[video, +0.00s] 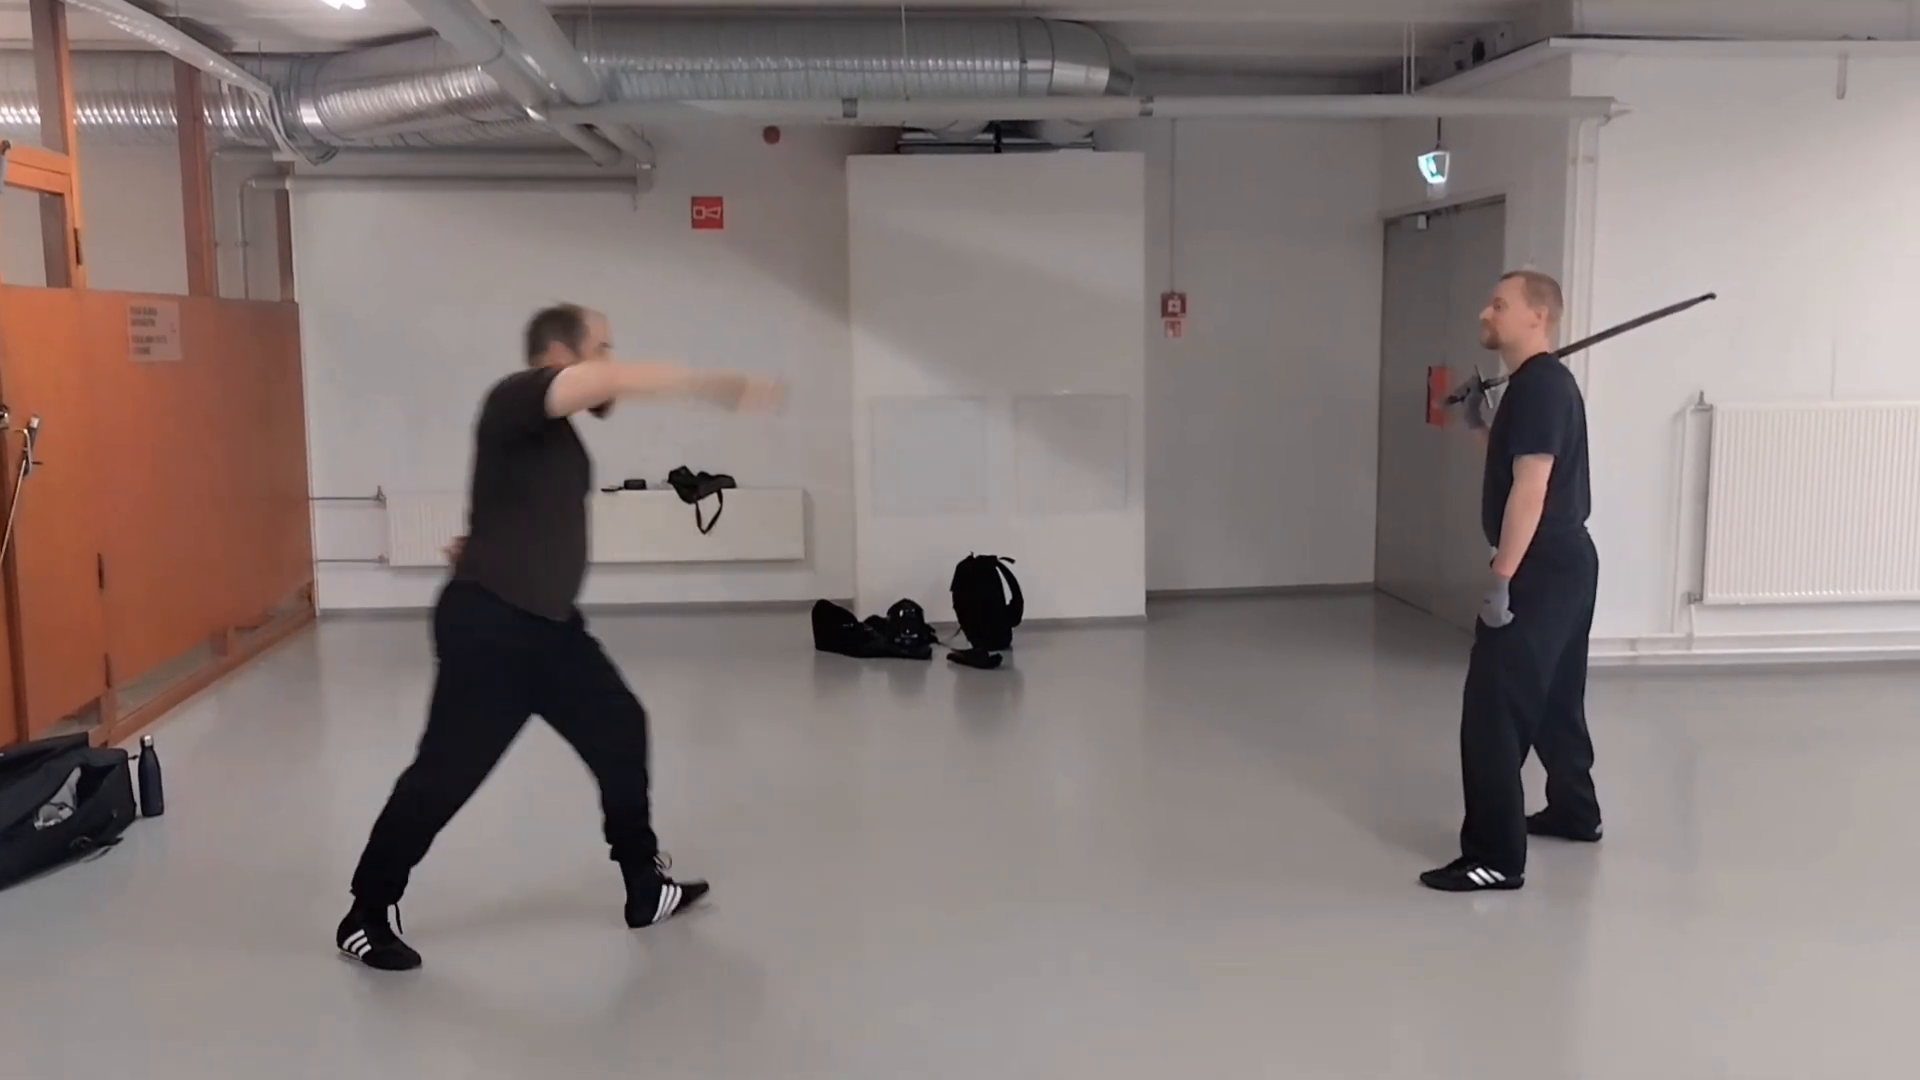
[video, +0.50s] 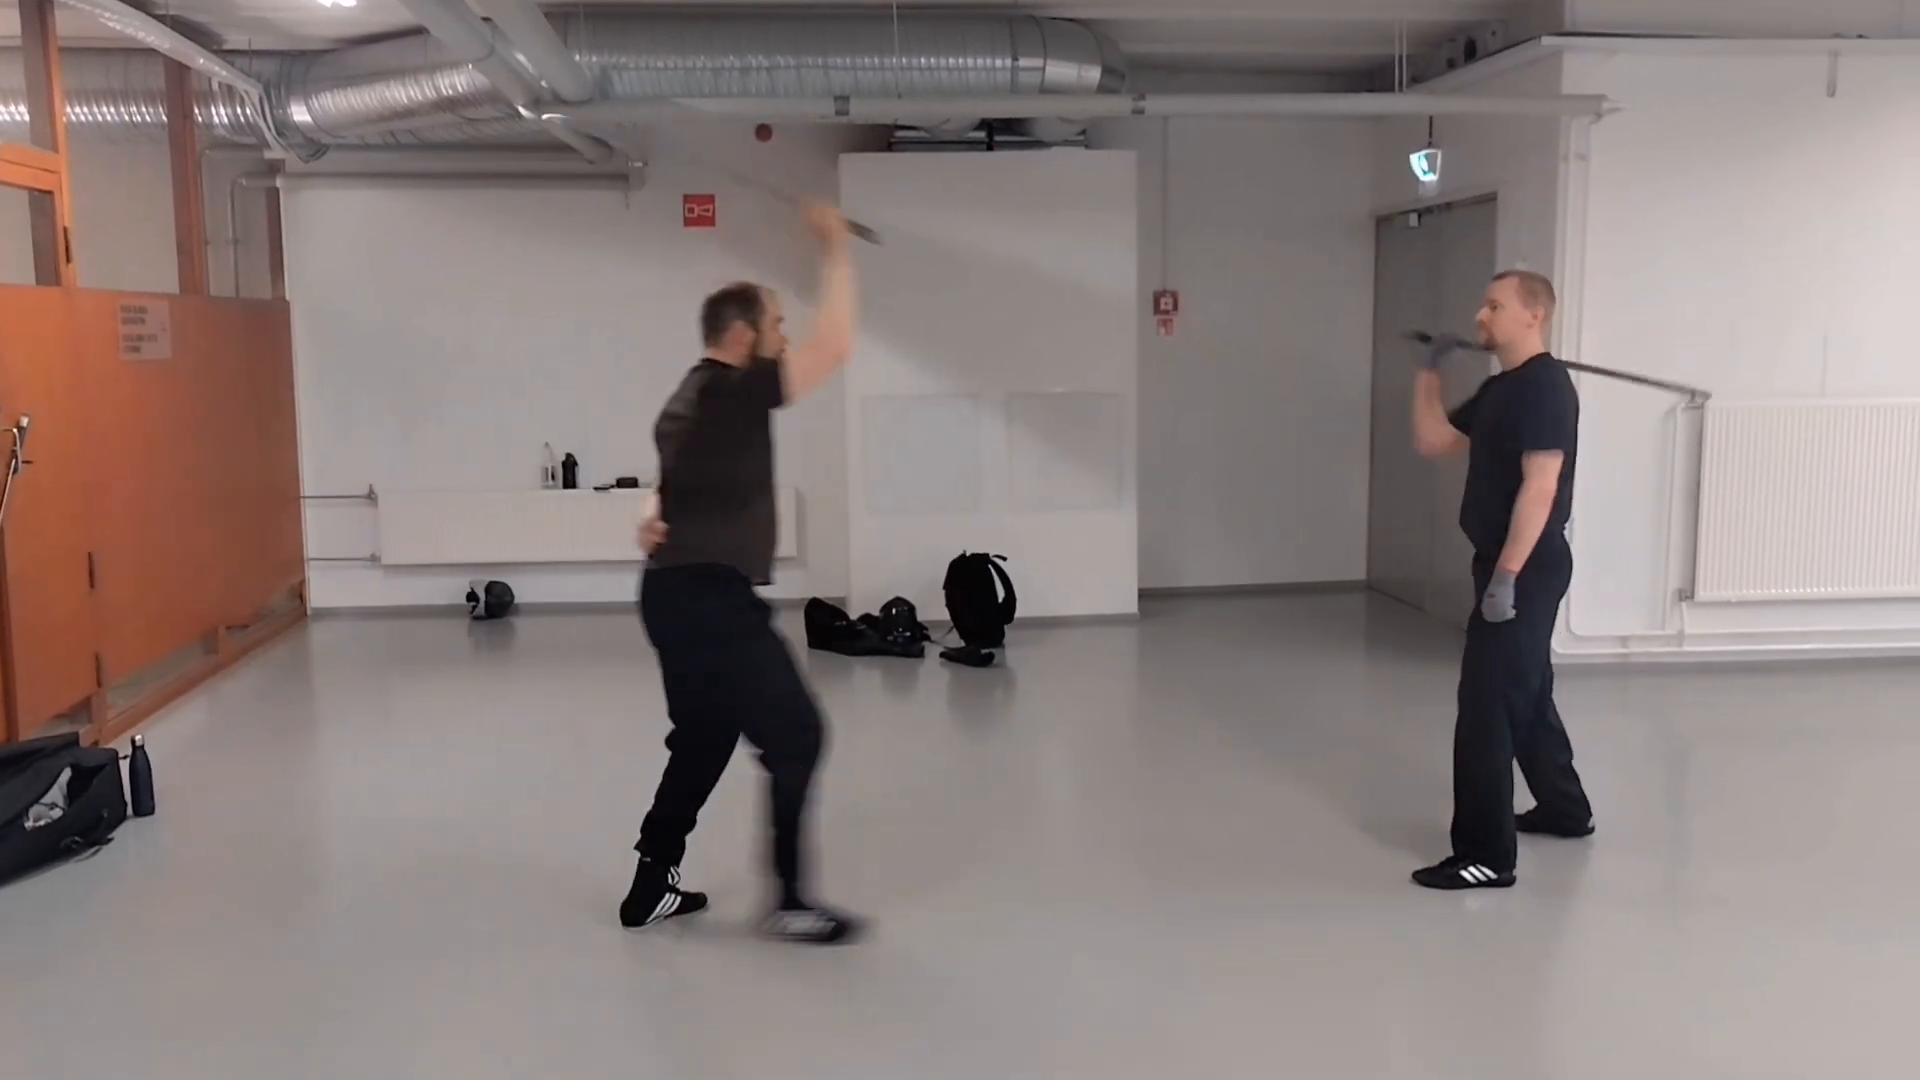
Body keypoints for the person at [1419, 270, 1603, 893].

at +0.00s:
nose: (1485, 314)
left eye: (1498, 305)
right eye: (1488, 305)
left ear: (1538, 317)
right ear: (1538, 321)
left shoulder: (1538, 383)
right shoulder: (1543, 381)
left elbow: (1533, 483)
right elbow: (1516, 466)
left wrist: (1500, 578)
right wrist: (1480, 423)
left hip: (1540, 567)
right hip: (1563, 561)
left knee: (1490, 708)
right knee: (1555, 694)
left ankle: (1494, 859)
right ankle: (1575, 811)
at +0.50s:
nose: (1481, 316)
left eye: (1493, 306)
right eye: (1483, 306)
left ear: (1533, 317)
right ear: (1517, 319)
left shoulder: (1546, 385)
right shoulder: (1501, 386)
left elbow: (1541, 486)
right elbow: (1433, 441)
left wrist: (1505, 572)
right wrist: (1428, 373)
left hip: (1524, 567)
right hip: (1504, 562)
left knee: (1483, 708)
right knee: (1524, 693)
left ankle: (1485, 858)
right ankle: (1565, 808)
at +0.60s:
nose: (1482, 315)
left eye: (1494, 304)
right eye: (1483, 305)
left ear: (1534, 316)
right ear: (1505, 317)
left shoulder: (1556, 388)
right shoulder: (1485, 385)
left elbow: (1556, 488)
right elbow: (1406, 411)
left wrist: (1520, 575)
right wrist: (1403, 344)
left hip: (1530, 562)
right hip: (1489, 558)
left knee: (1491, 703)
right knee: (1518, 691)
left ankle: (1486, 857)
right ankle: (1563, 802)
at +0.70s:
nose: (1482, 313)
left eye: (1496, 304)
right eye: (1484, 303)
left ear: (1535, 313)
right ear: (1501, 314)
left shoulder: (1562, 390)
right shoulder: (1477, 379)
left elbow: (1566, 491)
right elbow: (1390, 387)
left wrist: (1531, 572)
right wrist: (1381, 305)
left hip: (1530, 560)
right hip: (1485, 555)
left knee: (1501, 704)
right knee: (1515, 690)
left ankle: (1487, 854)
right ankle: (1562, 798)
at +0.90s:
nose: (1476, 312)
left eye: (1489, 303)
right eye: (1477, 303)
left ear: (1529, 312)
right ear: (1487, 312)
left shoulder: (1556, 387)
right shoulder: (1471, 371)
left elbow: (1562, 488)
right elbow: (1405, 376)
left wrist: (1532, 567)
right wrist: (1365, 343)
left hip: (1521, 555)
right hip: (1474, 549)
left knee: (1505, 694)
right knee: (1508, 685)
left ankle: (1494, 846)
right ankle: (1559, 794)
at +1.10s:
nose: (1449, 312)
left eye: (1461, 302)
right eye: (1450, 302)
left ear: (1501, 311)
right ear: (1466, 314)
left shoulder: (1530, 383)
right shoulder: (1446, 375)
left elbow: (1539, 478)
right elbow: (1410, 431)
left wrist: (1507, 560)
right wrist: (1376, 452)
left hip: (1506, 548)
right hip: (1458, 546)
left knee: (1472, 681)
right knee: (1492, 676)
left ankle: (1481, 836)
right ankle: (1555, 787)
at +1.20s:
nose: (1423, 316)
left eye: (1437, 307)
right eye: (1425, 306)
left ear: (1476, 317)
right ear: (1450, 318)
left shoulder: (1510, 385)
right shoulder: (1421, 384)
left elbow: (1530, 481)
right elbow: (1407, 456)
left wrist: (1502, 564)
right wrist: (1381, 483)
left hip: (1494, 553)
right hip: (1444, 551)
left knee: (1453, 678)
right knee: (1482, 672)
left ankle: (1445, 832)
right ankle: (1549, 780)